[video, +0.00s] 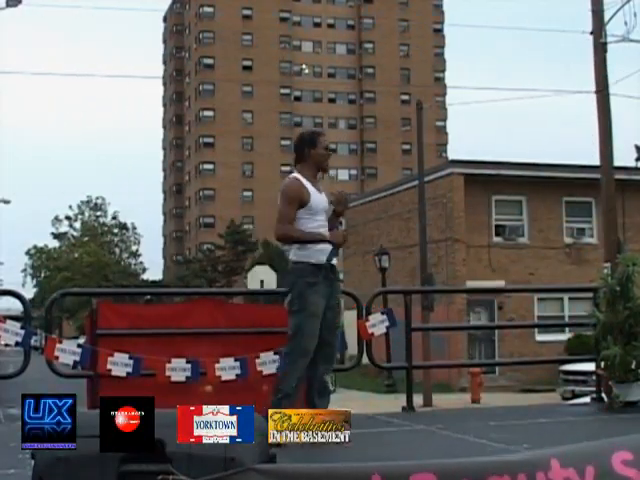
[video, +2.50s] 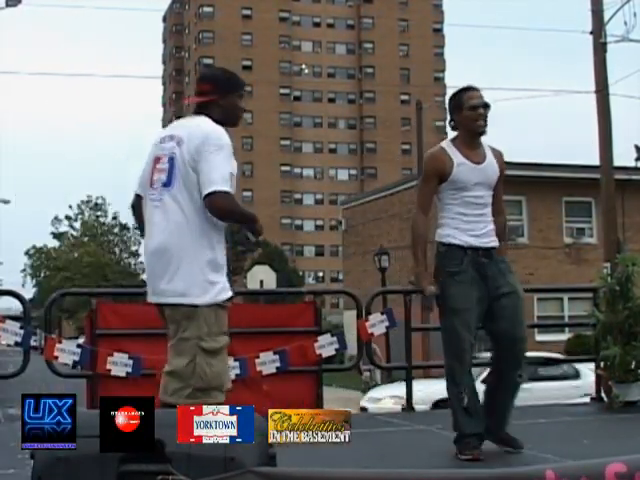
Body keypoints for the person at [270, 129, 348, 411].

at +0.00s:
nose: (330, 154)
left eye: (329, 149)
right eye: (325, 149)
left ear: (311, 154)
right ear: (308, 153)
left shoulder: (317, 188)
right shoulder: (294, 185)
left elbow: (324, 231)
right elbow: (282, 232)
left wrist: (337, 215)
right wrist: (326, 237)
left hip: (328, 271)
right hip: (306, 270)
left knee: (326, 346)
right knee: (303, 344)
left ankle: (318, 409)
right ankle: (281, 408)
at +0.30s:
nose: (355, 158)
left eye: (354, 153)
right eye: (351, 152)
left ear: (337, 155)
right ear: (337, 154)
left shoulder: (336, 189)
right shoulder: (311, 184)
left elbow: (335, 232)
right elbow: (292, 228)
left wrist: (343, 251)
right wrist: (322, 255)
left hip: (329, 265)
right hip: (312, 265)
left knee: (329, 339)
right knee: (324, 339)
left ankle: (319, 404)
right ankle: (330, 410)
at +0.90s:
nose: (385, 146)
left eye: (384, 141)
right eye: (379, 141)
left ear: (369, 146)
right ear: (361, 145)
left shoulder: (372, 178)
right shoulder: (341, 178)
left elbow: (364, 228)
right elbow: (323, 227)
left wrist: (376, 259)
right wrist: (329, 278)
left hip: (373, 266)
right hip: (350, 266)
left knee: (391, 340)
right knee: (357, 345)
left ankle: (353, 400)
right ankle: (361, 426)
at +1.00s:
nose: (390, 143)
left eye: (390, 138)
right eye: (384, 138)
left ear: (376, 144)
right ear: (366, 142)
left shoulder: (379, 178)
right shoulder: (347, 177)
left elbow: (372, 228)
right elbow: (328, 226)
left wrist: (383, 267)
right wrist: (341, 272)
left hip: (380, 266)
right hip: (356, 266)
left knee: (398, 338)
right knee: (359, 346)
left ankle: (389, 417)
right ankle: (361, 424)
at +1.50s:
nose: (436, 137)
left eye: (438, 132)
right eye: (429, 131)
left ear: (436, 139)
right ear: (411, 137)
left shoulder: (430, 180)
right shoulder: (393, 170)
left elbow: (428, 227)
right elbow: (372, 217)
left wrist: (436, 261)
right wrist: (378, 266)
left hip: (432, 265)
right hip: (403, 265)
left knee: (439, 348)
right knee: (403, 347)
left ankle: (442, 426)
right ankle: (367, 417)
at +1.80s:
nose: (459, 130)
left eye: (460, 125)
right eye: (451, 126)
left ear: (458, 132)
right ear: (433, 133)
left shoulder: (461, 177)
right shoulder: (415, 166)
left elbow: (470, 228)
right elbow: (392, 212)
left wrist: (485, 275)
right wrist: (396, 260)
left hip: (452, 264)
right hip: (422, 261)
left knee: (452, 345)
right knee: (429, 343)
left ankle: (446, 426)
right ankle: (421, 429)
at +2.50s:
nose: (482, 113)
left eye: (484, 107)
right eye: (474, 108)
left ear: (488, 113)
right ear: (455, 117)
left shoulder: (494, 158)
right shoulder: (439, 158)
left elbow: (498, 212)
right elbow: (421, 215)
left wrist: (502, 256)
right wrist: (424, 277)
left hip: (492, 260)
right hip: (456, 260)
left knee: (513, 342)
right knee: (460, 349)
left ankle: (494, 425)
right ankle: (467, 435)